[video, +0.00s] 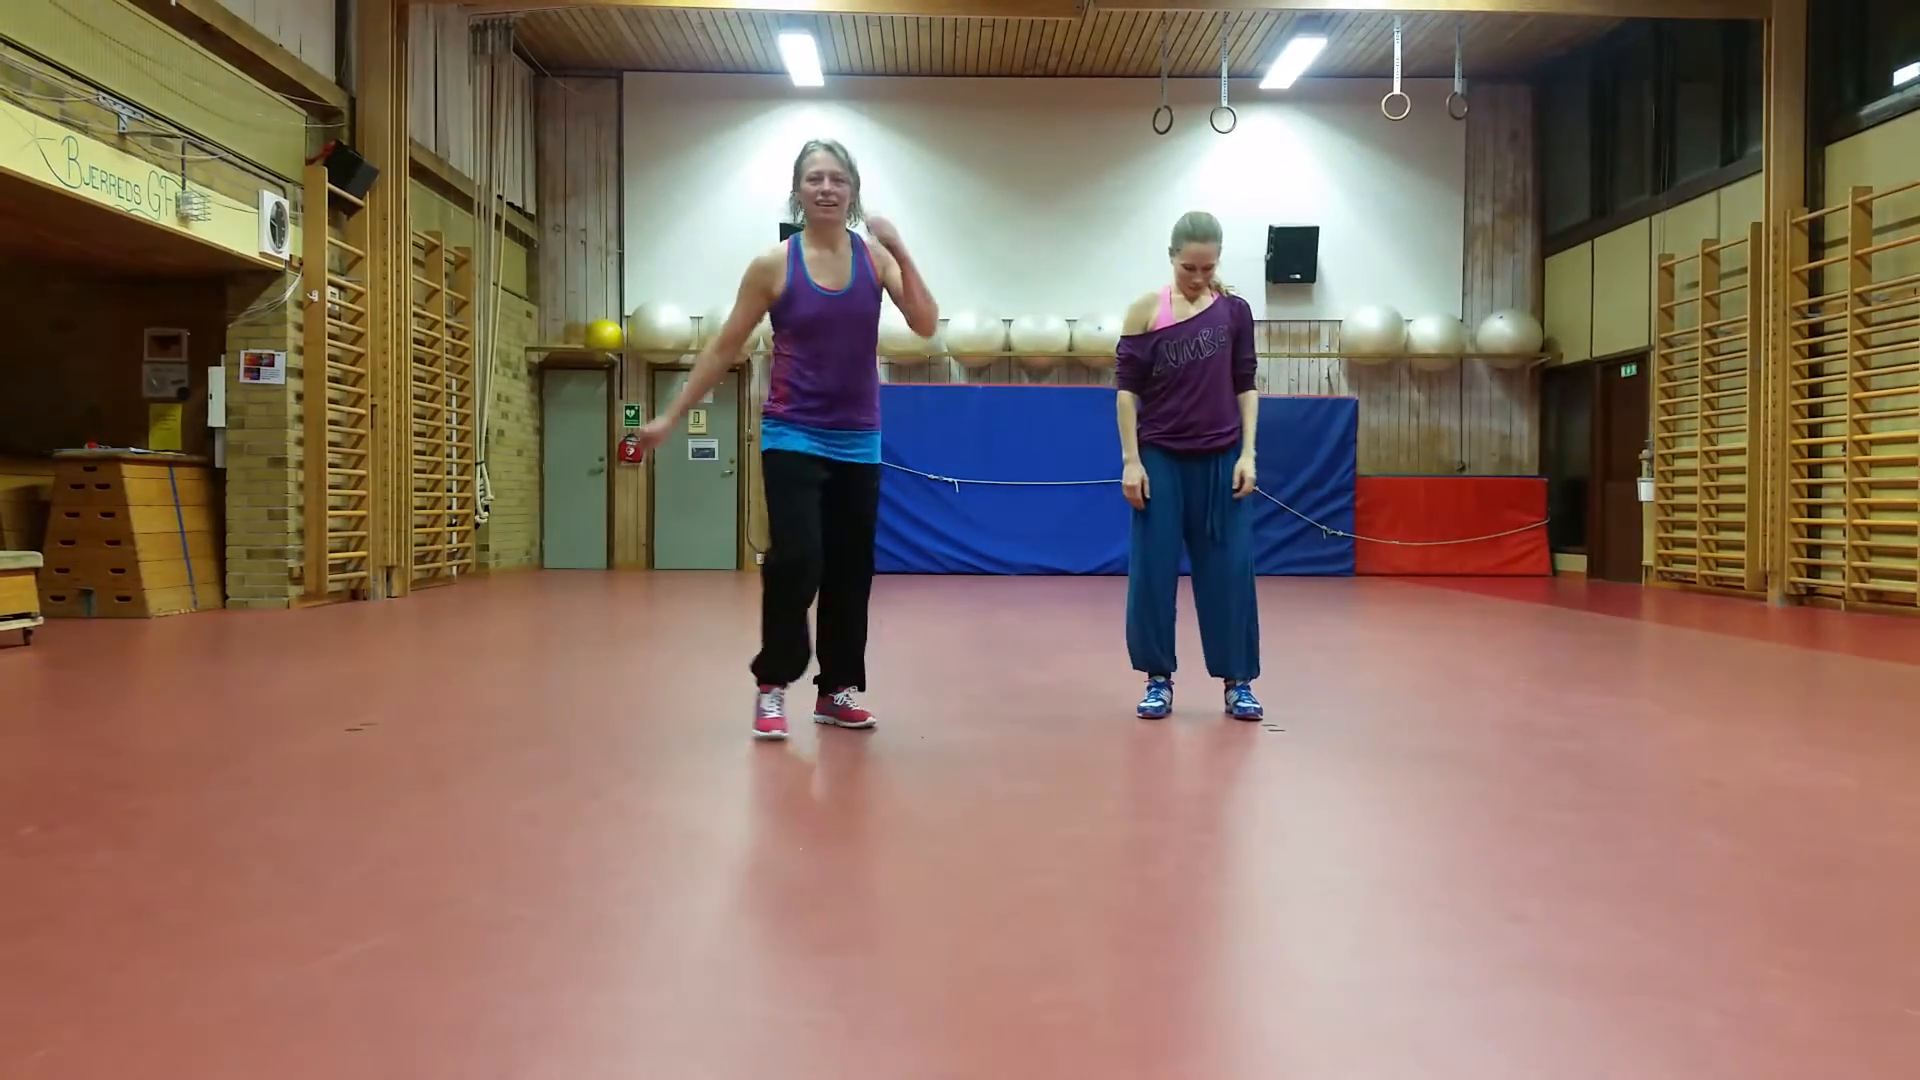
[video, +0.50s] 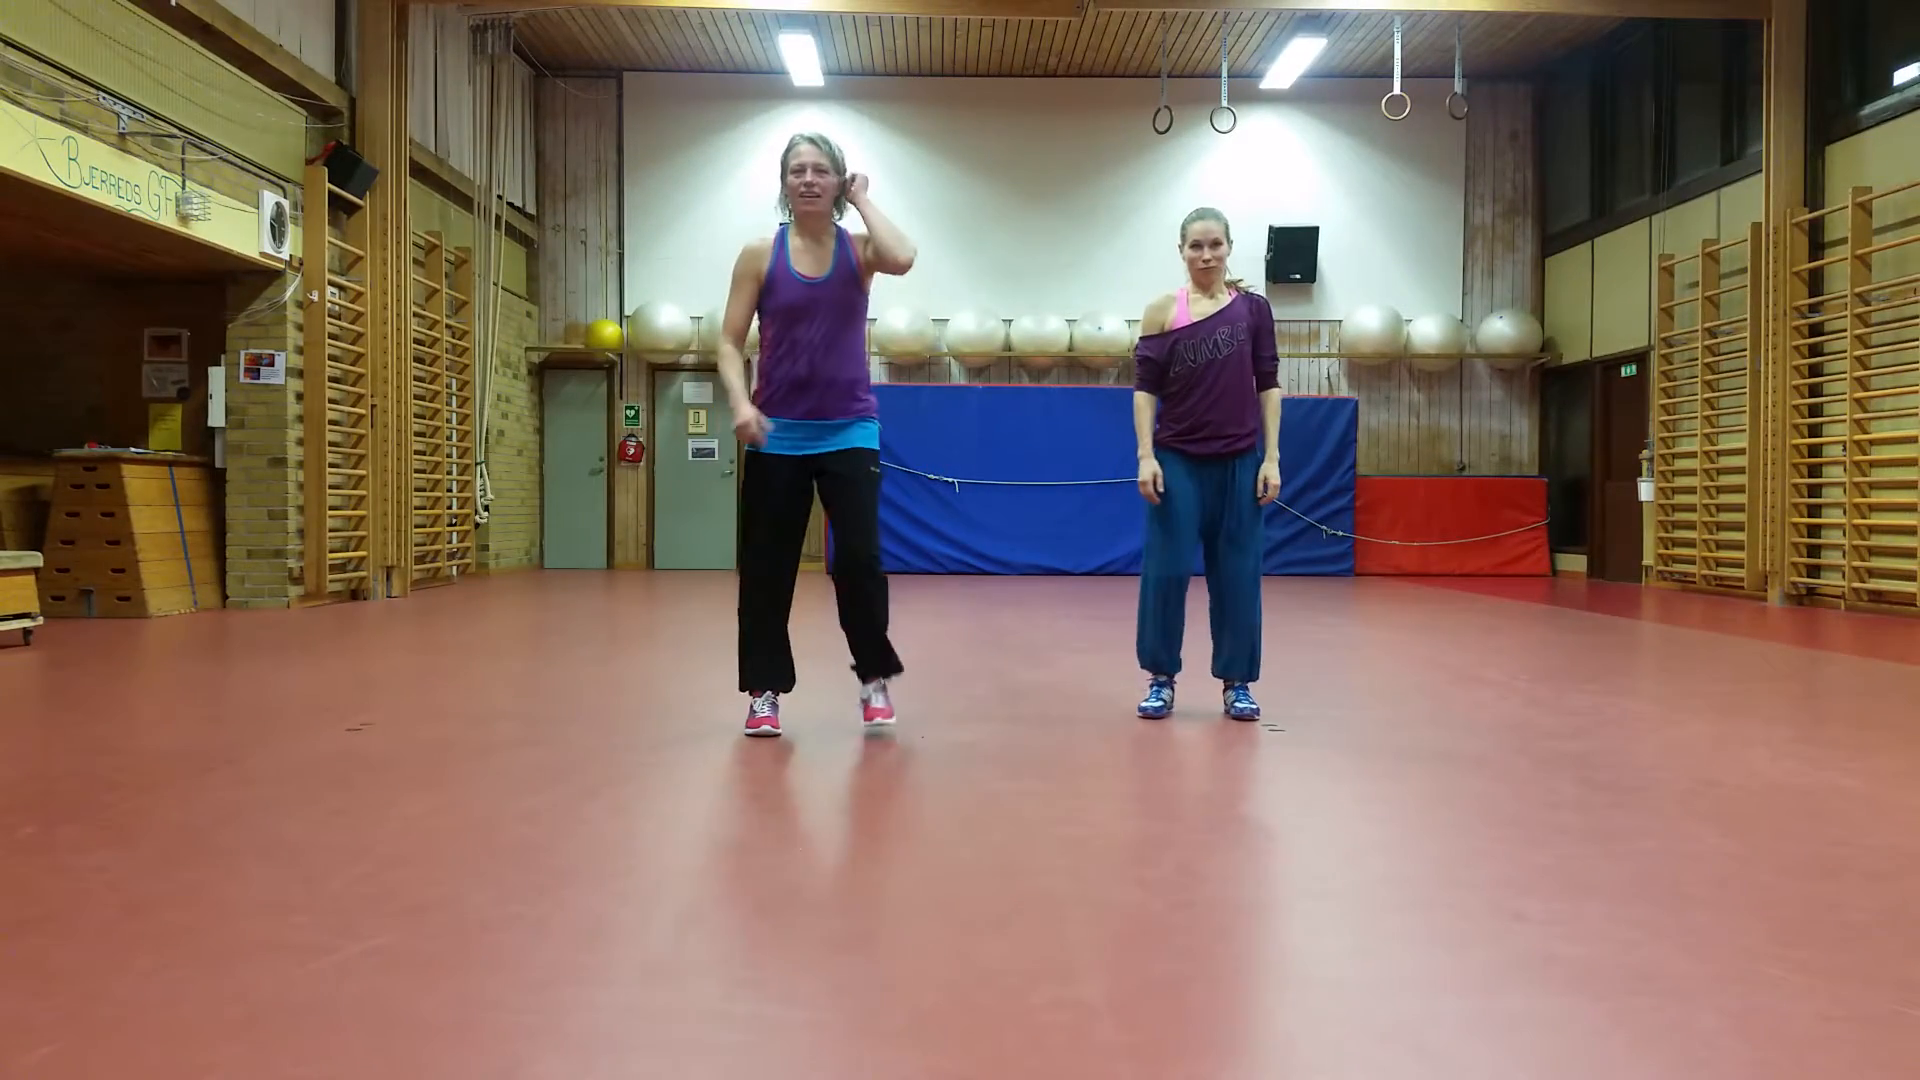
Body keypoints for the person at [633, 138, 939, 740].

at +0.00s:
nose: (826, 188)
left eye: (837, 179)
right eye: (814, 179)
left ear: (854, 191)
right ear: (797, 191)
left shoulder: (874, 258)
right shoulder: (772, 265)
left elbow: (926, 323)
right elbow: (724, 350)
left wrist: (901, 249)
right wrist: (668, 419)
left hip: (858, 437)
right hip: (792, 434)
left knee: (851, 569)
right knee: (797, 561)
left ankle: (838, 690)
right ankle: (773, 685)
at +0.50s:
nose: (807, 180)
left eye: (819, 171)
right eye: (797, 171)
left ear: (839, 185)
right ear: (783, 184)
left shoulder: (858, 245)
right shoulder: (760, 255)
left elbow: (900, 259)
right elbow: (729, 342)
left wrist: (862, 198)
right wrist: (741, 404)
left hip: (850, 429)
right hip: (777, 432)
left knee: (860, 558)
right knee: (766, 566)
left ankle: (874, 681)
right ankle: (763, 690)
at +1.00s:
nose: (834, 179)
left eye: (845, 170)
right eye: (823, 171)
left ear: (866, 183)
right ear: (810, 185)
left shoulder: (888, 245)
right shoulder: (790, 260)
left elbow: (919, 272)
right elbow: (769, 351)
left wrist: (887, 203)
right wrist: (750, 425)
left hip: (884, 426)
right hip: (811, 426)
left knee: (884, 563)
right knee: (818, 557)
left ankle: (878, 695)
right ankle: (816, 684)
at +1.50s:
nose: (849, 176)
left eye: (860, 169)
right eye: (839, 168)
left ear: (877, 187)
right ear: (824, 185)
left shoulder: (898, 248)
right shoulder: (810, 251)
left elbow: (919, 198)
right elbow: (797, 221)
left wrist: (874, 117)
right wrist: (839, 130)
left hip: (892, 431)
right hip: (823, 431)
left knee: (887, 571)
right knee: (819, 570)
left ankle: (882, 700)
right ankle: (838, 698)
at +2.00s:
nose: (852, 175)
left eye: (865, 169)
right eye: (841, 170)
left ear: (884, 187)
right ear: (828, 189)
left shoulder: (908, 251)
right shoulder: (814, 253)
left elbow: (944, 183)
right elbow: (769, 195)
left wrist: (886, 109)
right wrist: (814, 116)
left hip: (893, 439)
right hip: (822, 436)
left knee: (912, 568)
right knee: (828, 575)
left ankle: (869, 688)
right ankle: (825, 704)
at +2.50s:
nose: (870, 151)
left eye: (881, 144)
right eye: (858, 146)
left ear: (901, 161)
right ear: (844, 164)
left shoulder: (926, 225)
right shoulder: (834, 228)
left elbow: (946, 146)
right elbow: (795, 171)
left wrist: (907, 67)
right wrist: (817, 90)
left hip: (917, 415)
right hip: (842, 412)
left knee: (917, 561)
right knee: (830, 545)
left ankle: (915, 698)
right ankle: (846, 677)